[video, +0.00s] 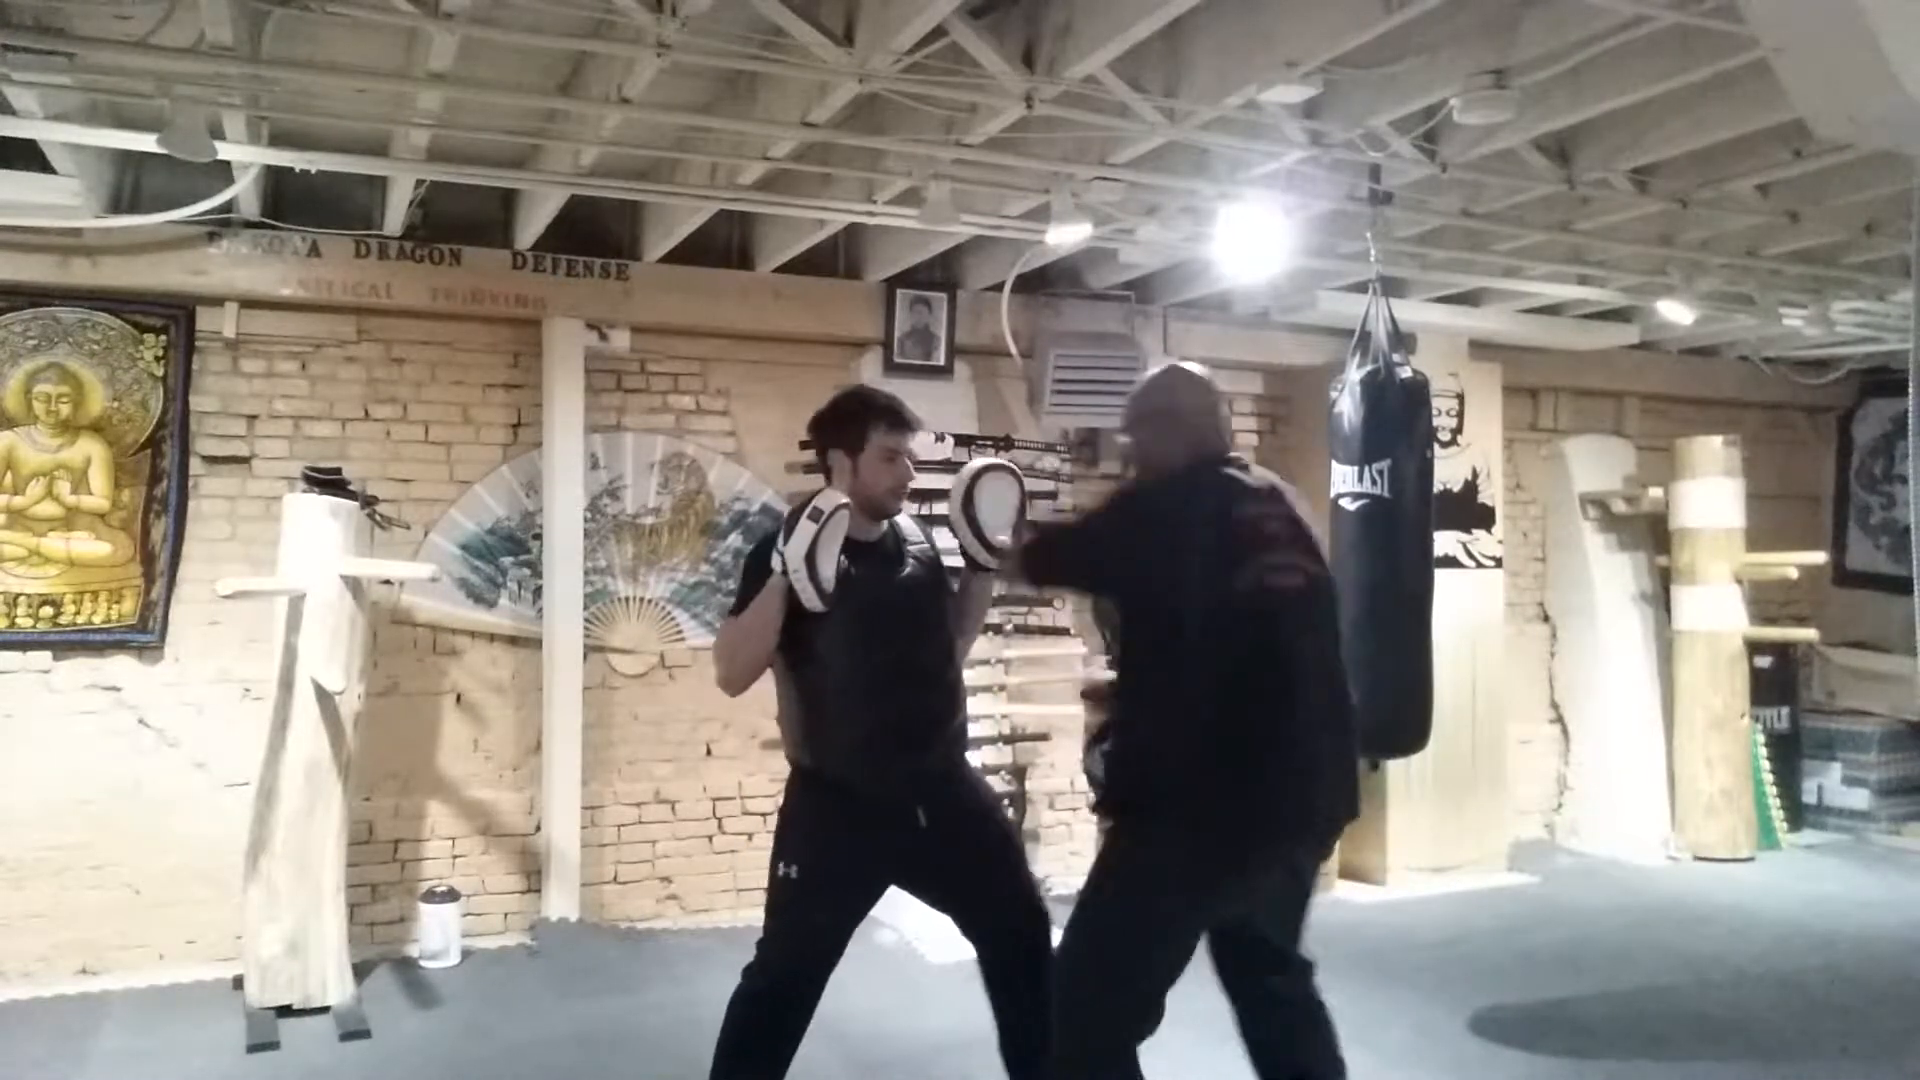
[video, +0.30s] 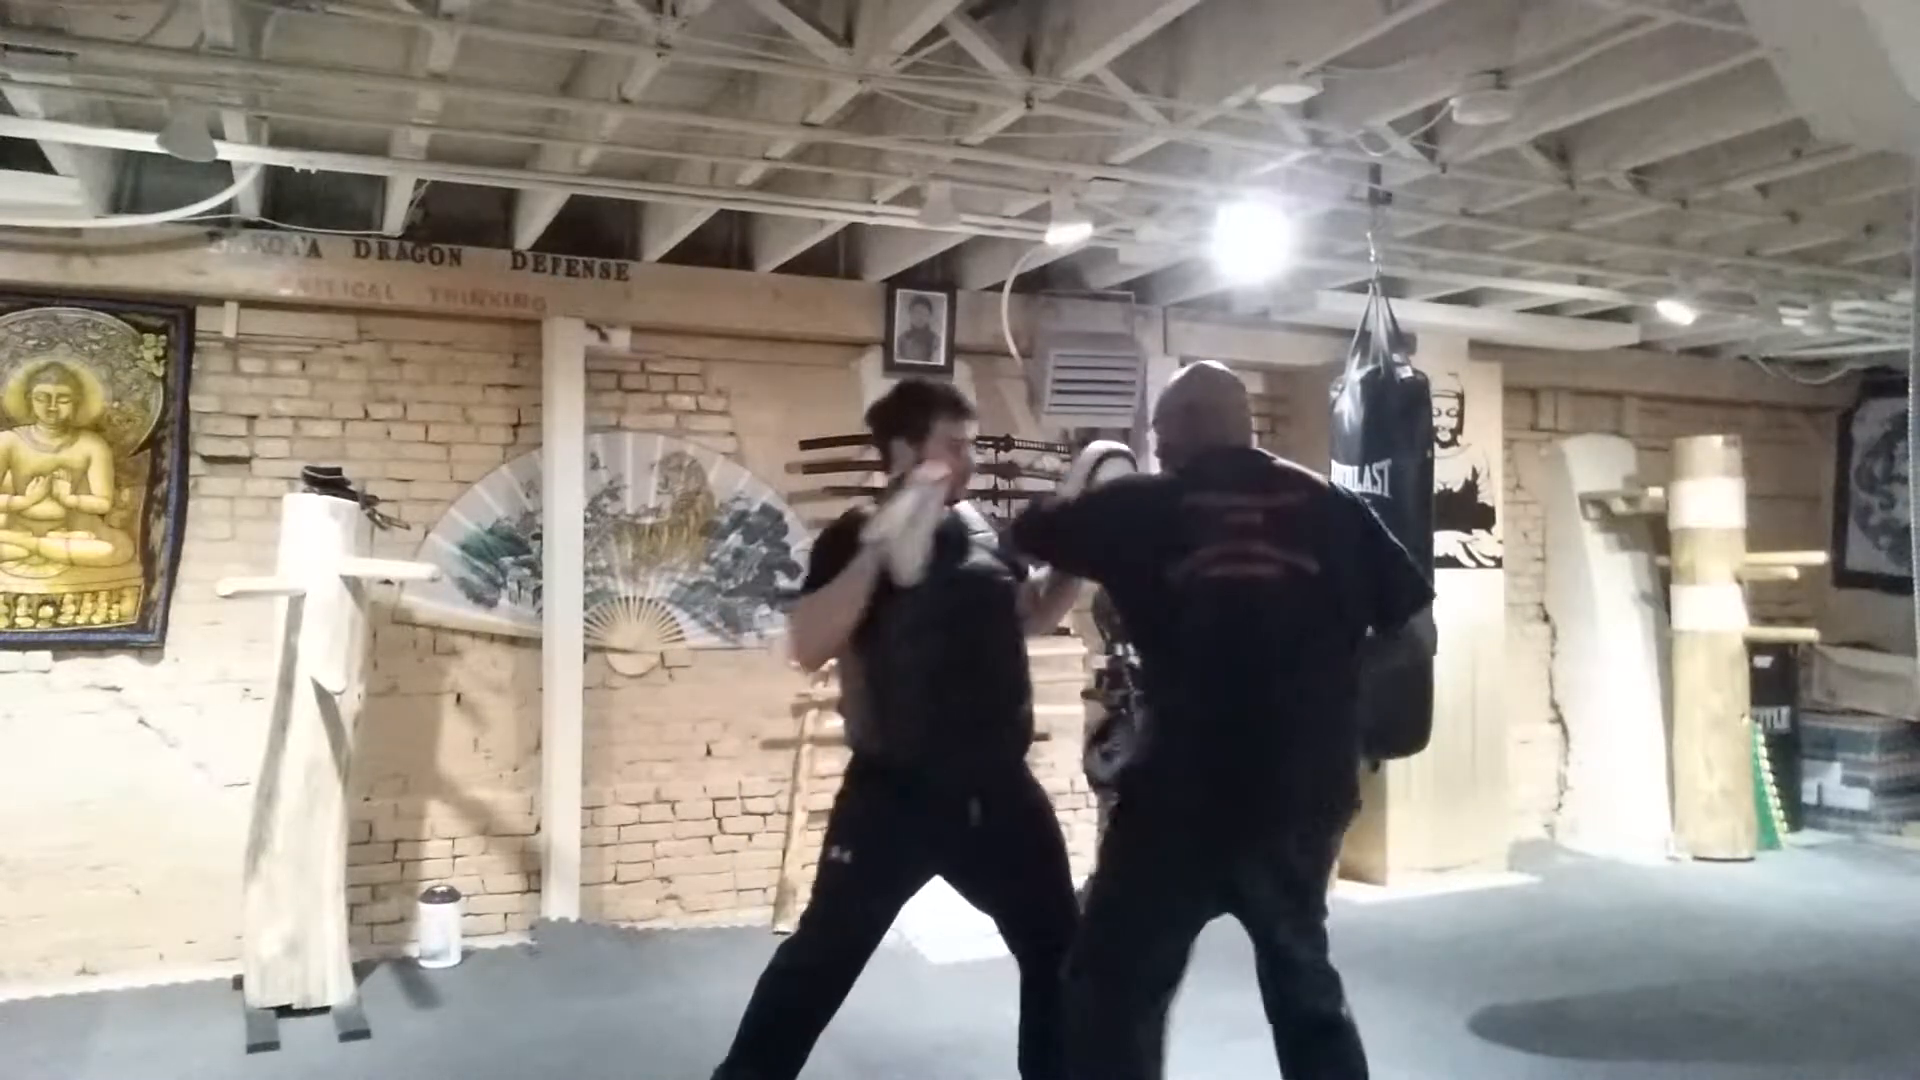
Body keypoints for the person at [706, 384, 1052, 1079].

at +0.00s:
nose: (908, 472)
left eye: (909, 458)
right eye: (890, 458)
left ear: (910, 461)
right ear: (838, 465)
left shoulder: (922, 539)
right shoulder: (785, 551)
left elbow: (947, 653)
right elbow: (732, 673)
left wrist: (982, 566)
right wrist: (791, 572)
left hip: (942, 798)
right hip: (835, 807)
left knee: (1021, 937)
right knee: (783, 979)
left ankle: (1042, 1078)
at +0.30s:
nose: (970, 460)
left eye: (970, 445)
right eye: (955, 445)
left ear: (956, 455)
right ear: (904, 451)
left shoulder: (982, 532)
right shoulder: (855, 538)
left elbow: (1035, 615)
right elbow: (807, 647)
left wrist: (1078, 535)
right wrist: (879, 548)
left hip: (997, 790)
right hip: (890, 797)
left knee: (1058, 955)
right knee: (818, 965)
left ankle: (1051, 1075)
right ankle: (744, 1077)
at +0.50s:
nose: (1002, 459)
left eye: (1006, 446)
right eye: (992, 443)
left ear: (997, 453)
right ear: (943, 441)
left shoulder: (999, 533)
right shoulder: (897, 517)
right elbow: (898, 596)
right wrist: (980, 505)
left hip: (998, 788)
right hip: (904, 789)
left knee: (1054, 957)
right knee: (830, 959)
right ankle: (732, 1076)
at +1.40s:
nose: (967, 487)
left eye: (970, 471)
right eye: (957, 469)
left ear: (914, 466)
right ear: (904, 462)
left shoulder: (944, 550)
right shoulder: (830, 532)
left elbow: (961, 651)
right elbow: (820, 650)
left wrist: (1015, 598)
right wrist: (940, 578)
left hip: (940, 800)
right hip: (839, 802)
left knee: (1002, 963)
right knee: (773, 977)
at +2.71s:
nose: (1013, 482)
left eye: (1013, 468)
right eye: (996, 466)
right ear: (944, 470)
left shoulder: (1001, 567)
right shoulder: (882, 556)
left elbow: (1015, 659)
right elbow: (839, 674)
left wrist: (1054, 627)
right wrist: (963, 656)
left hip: (999, 813)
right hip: (894, 815)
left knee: (1077, 945)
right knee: (801, 976)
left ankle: (1089, 1076)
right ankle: (728, 1078)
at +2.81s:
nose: (1055, 481)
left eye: (1057, 467)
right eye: (1038, 465)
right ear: (984, 470)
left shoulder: (1053, 564)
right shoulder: (923, 553)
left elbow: (1077, 674)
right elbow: (885, 677)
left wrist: (1096, 670)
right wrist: (1001, 679)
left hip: (1041, 809)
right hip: (931, 808)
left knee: (1109, 946)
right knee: (855, 970)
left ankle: (1099, 1079)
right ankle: (793, 1076)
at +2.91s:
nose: (1071, 463)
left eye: (1074, 450)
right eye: (1054, 449)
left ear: (1073, 454)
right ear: (1000, 455)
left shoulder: (1078, 542)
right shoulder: (945, 533)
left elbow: (1114, 635)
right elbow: (903, 655)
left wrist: (1147, 624)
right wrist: (1034, 656)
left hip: (1060, 793)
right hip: (952, 791)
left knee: (1115, 938)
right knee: (895, 955)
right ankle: (853, 1073)